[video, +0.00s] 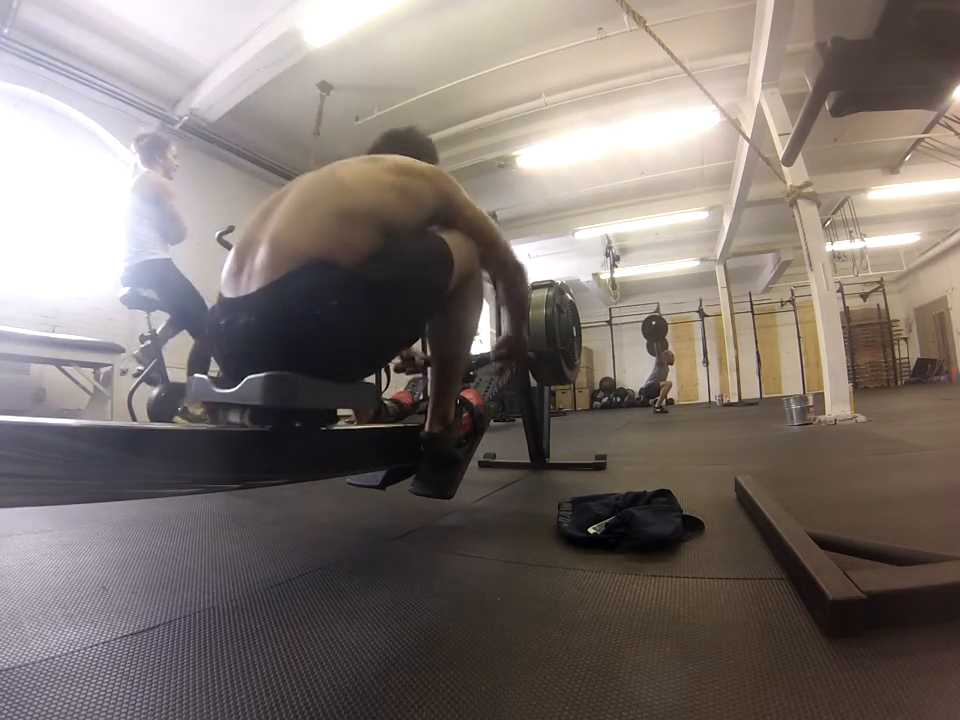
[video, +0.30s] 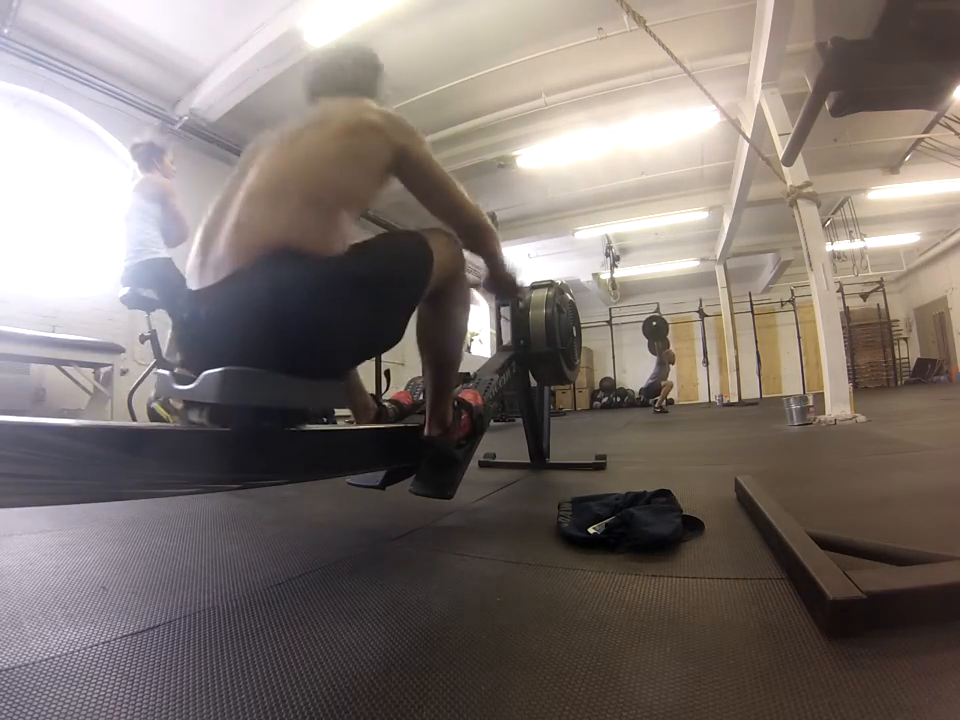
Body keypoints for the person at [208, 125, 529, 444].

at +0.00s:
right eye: (437, 176)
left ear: (373, 154)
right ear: (429, 164)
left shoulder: (323, 181)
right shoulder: (429, 177)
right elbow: (509, 267)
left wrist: (400, 350)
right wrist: (516, 334)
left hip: (233, 346)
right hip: (316, 328)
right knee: (467, 253)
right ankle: (441, 423)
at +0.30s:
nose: (385, 98)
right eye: (382, 90)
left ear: (312, 93)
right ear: (375, 89)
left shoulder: (269, 139)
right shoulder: (381, 125)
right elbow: (472, 223)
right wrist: (499, 275)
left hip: (204, 332)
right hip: (292, 314)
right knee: (448, 255)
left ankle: (367, 411)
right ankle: (440, 424)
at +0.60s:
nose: (331, 39)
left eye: (327, 30)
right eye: (327, 30)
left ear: (260, 56)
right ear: (323, 36)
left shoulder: (234, 119)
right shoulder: (359, 92)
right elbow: (445, 206)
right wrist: (483, 257)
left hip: (193, 335)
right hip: (283, 315)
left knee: (328, 244)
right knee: (447, 252)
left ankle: (367, 413)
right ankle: (440, 425)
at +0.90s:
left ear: (202, 24)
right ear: (269, 6)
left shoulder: (179, 82)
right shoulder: (309, 55)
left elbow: (162, 196)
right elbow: (394, 168)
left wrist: (298, 232)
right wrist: (455, 240)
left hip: (151, 319)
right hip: (249, 301)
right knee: (428, 255)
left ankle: (366, 410)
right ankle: (441, 421)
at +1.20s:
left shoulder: (57, 33)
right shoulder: (193, 8)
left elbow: (174, 180)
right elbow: (312, 111)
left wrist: (272, 241)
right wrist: (393, 197)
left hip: (58, 287)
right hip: (150, 265)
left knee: (266, 312)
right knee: (382, 274)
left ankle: (359, 411)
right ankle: (444, 424)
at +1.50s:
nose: (180, 156)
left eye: (181, 150)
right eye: (176, 147)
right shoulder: (57, 7)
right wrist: (257, 115)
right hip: (67, 226)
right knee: (334, 365)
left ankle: (380, 443)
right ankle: (443, 426)